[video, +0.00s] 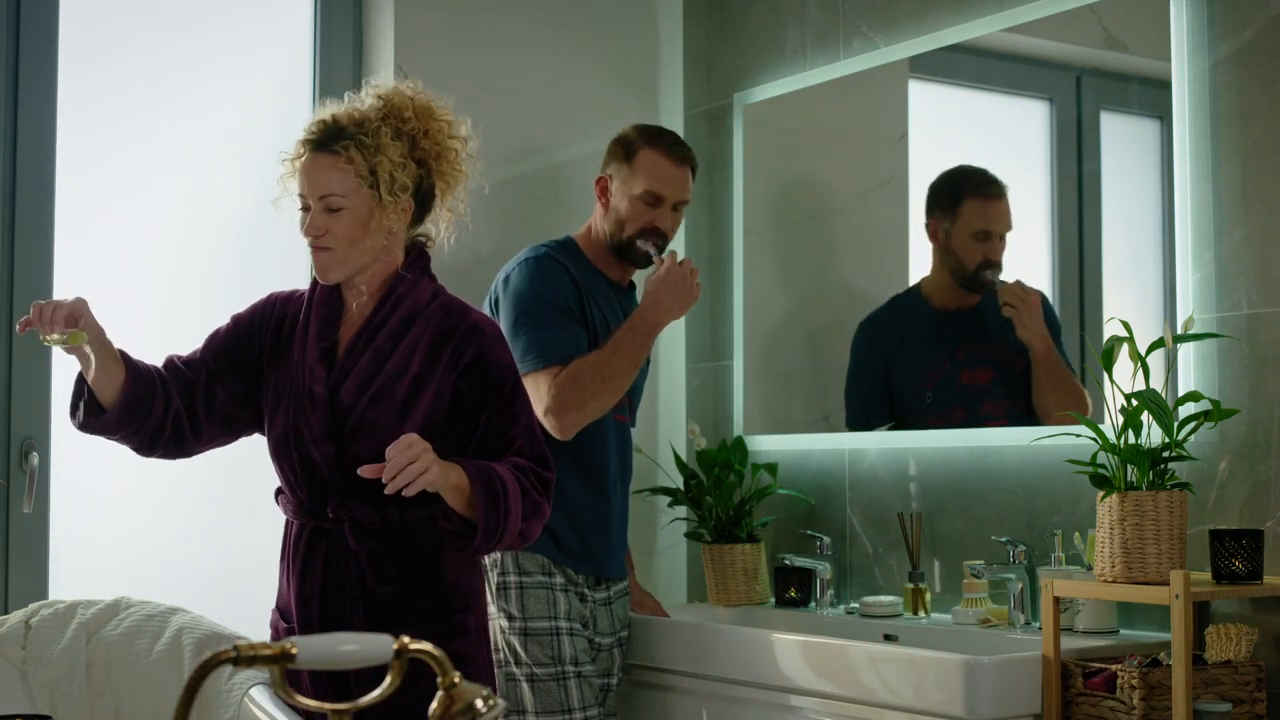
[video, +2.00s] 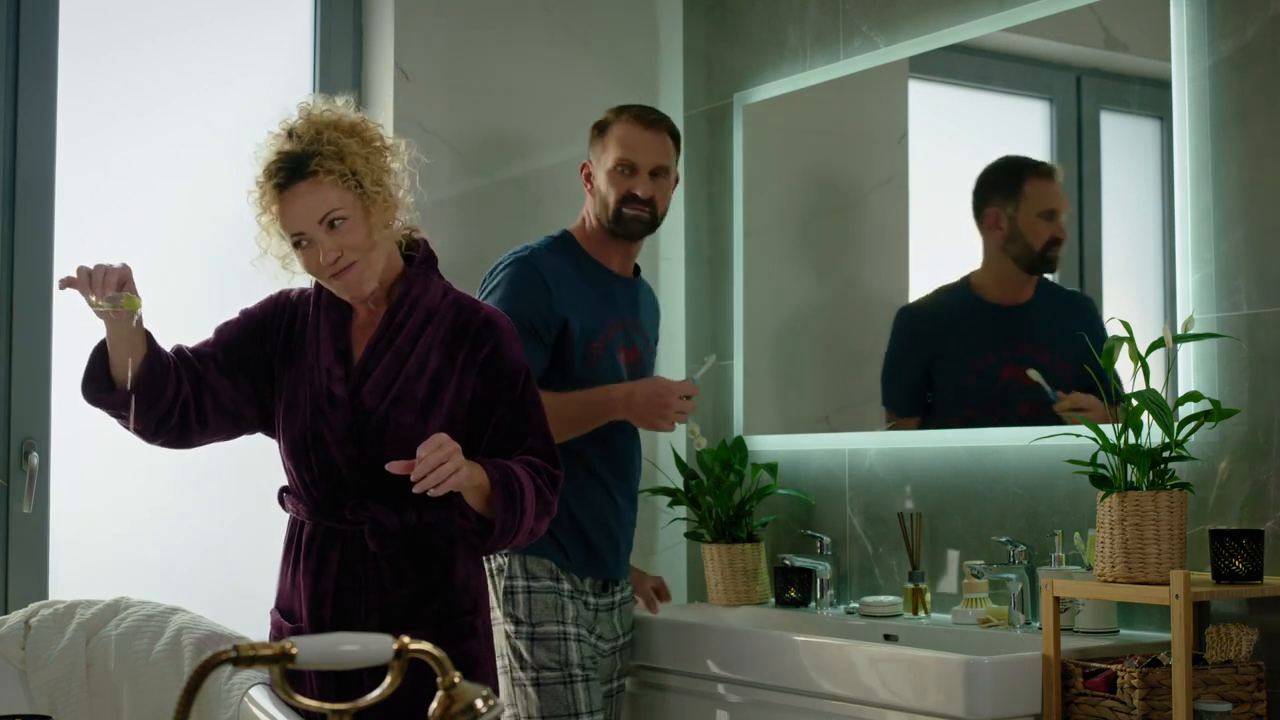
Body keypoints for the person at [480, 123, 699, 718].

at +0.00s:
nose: (665, 223)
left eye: (678, 209)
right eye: (651, 200)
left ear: (685, 210)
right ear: (605, 188)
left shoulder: (628, 303)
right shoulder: (537, 275)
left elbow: (607, 458)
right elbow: (558, 410)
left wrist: (626, 582)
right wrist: (654, 314)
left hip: (600, 579)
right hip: (535, 572)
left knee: (590, 707)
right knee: (554, 710)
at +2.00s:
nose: (641, 189)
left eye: (658, 175)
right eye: (624, 170)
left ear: (673, 186)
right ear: (588, 176)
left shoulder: (640, 300)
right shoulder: (526, 278)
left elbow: (608, 448)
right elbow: (497, 420)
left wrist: (622, 564)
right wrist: (623, 401)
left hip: (604, 573)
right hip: (535, 566)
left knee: (598, 709)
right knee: (556, 712)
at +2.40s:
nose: (613, 178)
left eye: (636, 164)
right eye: (601, 156)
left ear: (668, 178)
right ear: (579, 156)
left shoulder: (668, 295)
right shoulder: (508, 265)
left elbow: (682, 441)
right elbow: (469, 413)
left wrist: (710, 563)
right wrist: (573, 404)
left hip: (604, 566)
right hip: (513, 556)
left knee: (594, 712)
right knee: (523, 714)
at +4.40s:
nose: (599, 187)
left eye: (623, 172)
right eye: (589, 164)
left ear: (665, 177)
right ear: (574, 153)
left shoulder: (681, 297)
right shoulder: (499, 265)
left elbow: (697, 457)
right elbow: (454, 414)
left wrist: (720, 593)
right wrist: (548, 411)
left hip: (609, 594)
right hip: (496, 586)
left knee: (602, 712)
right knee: (494, 713)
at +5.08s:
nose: (605, 176)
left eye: (623, 158)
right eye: (588, 156)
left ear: (648, 166)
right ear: (559, 158)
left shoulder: (650, 296)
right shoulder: (516, 271)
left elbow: (666, 440)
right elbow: (483, 406)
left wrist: (706, 564)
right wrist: (580, 389)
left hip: (607, 575)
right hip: (518, 568)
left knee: (595, 712)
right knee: (519, 710)